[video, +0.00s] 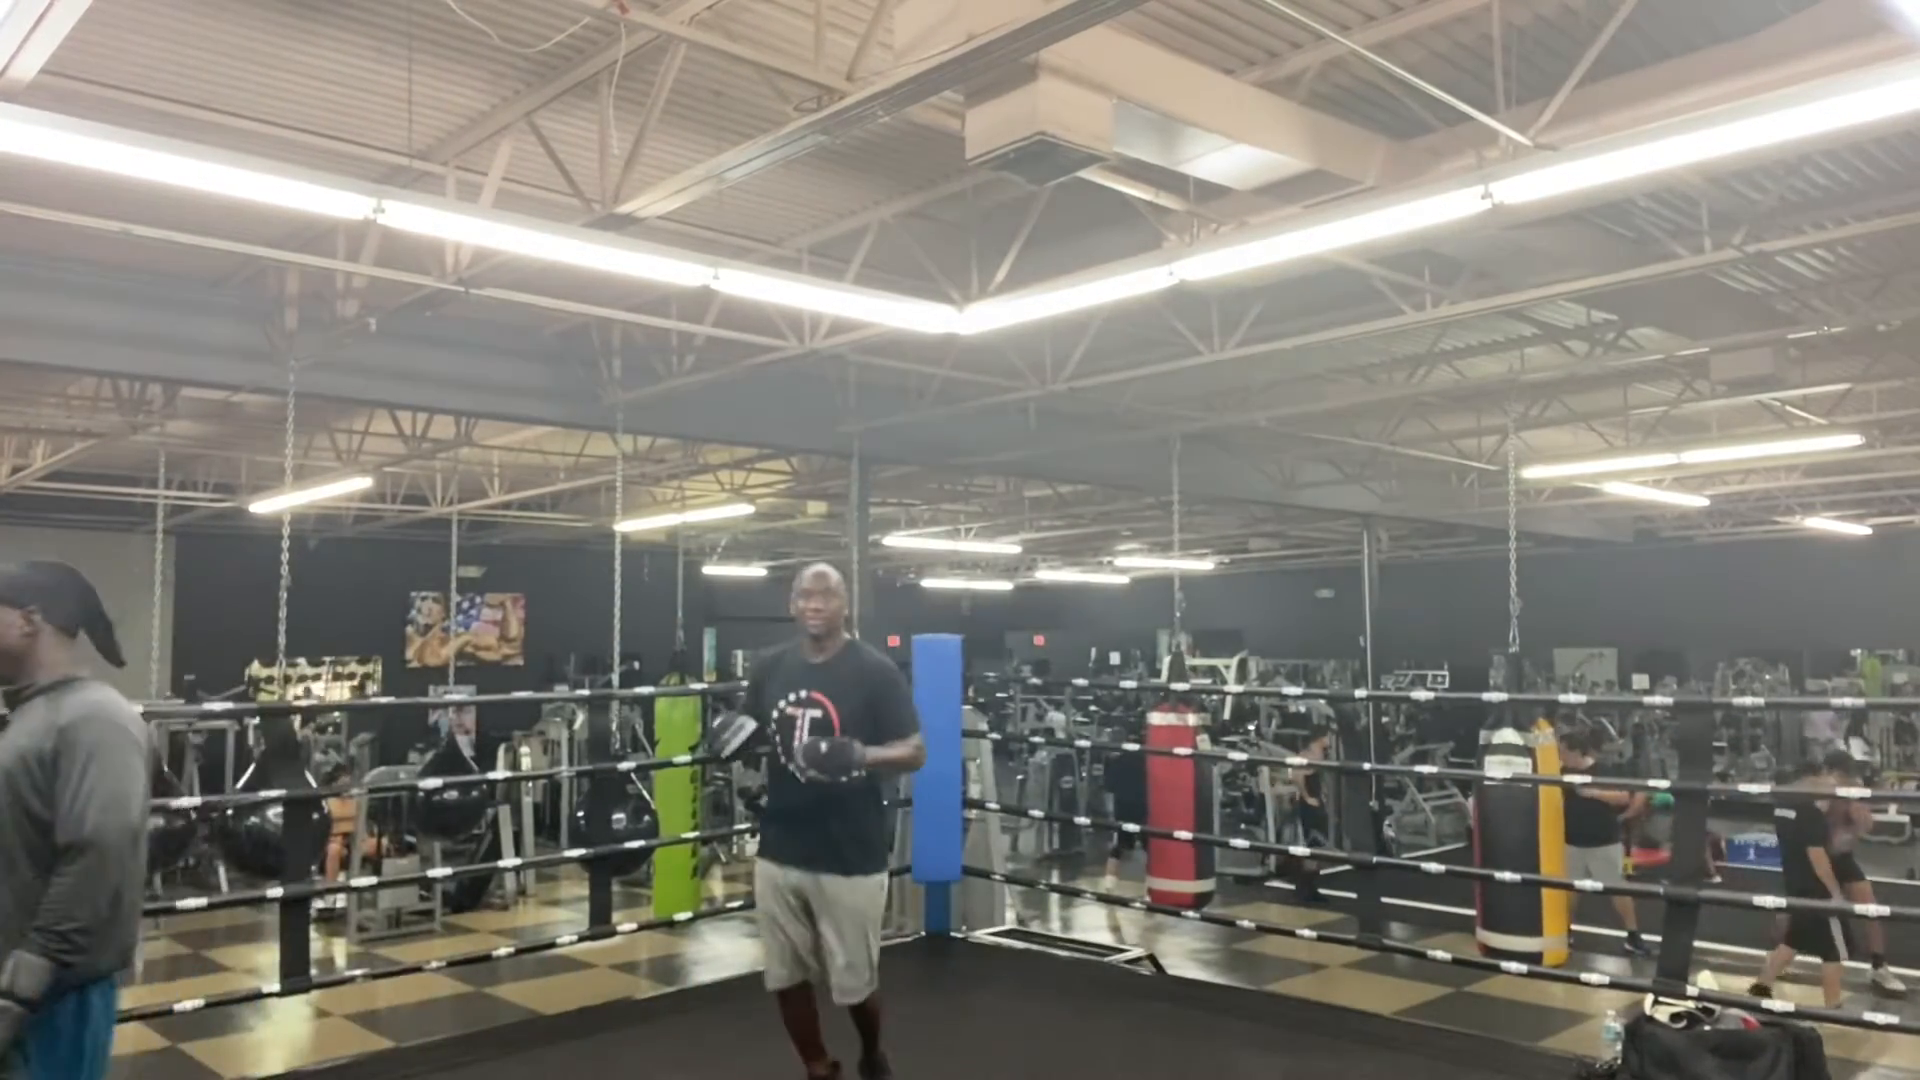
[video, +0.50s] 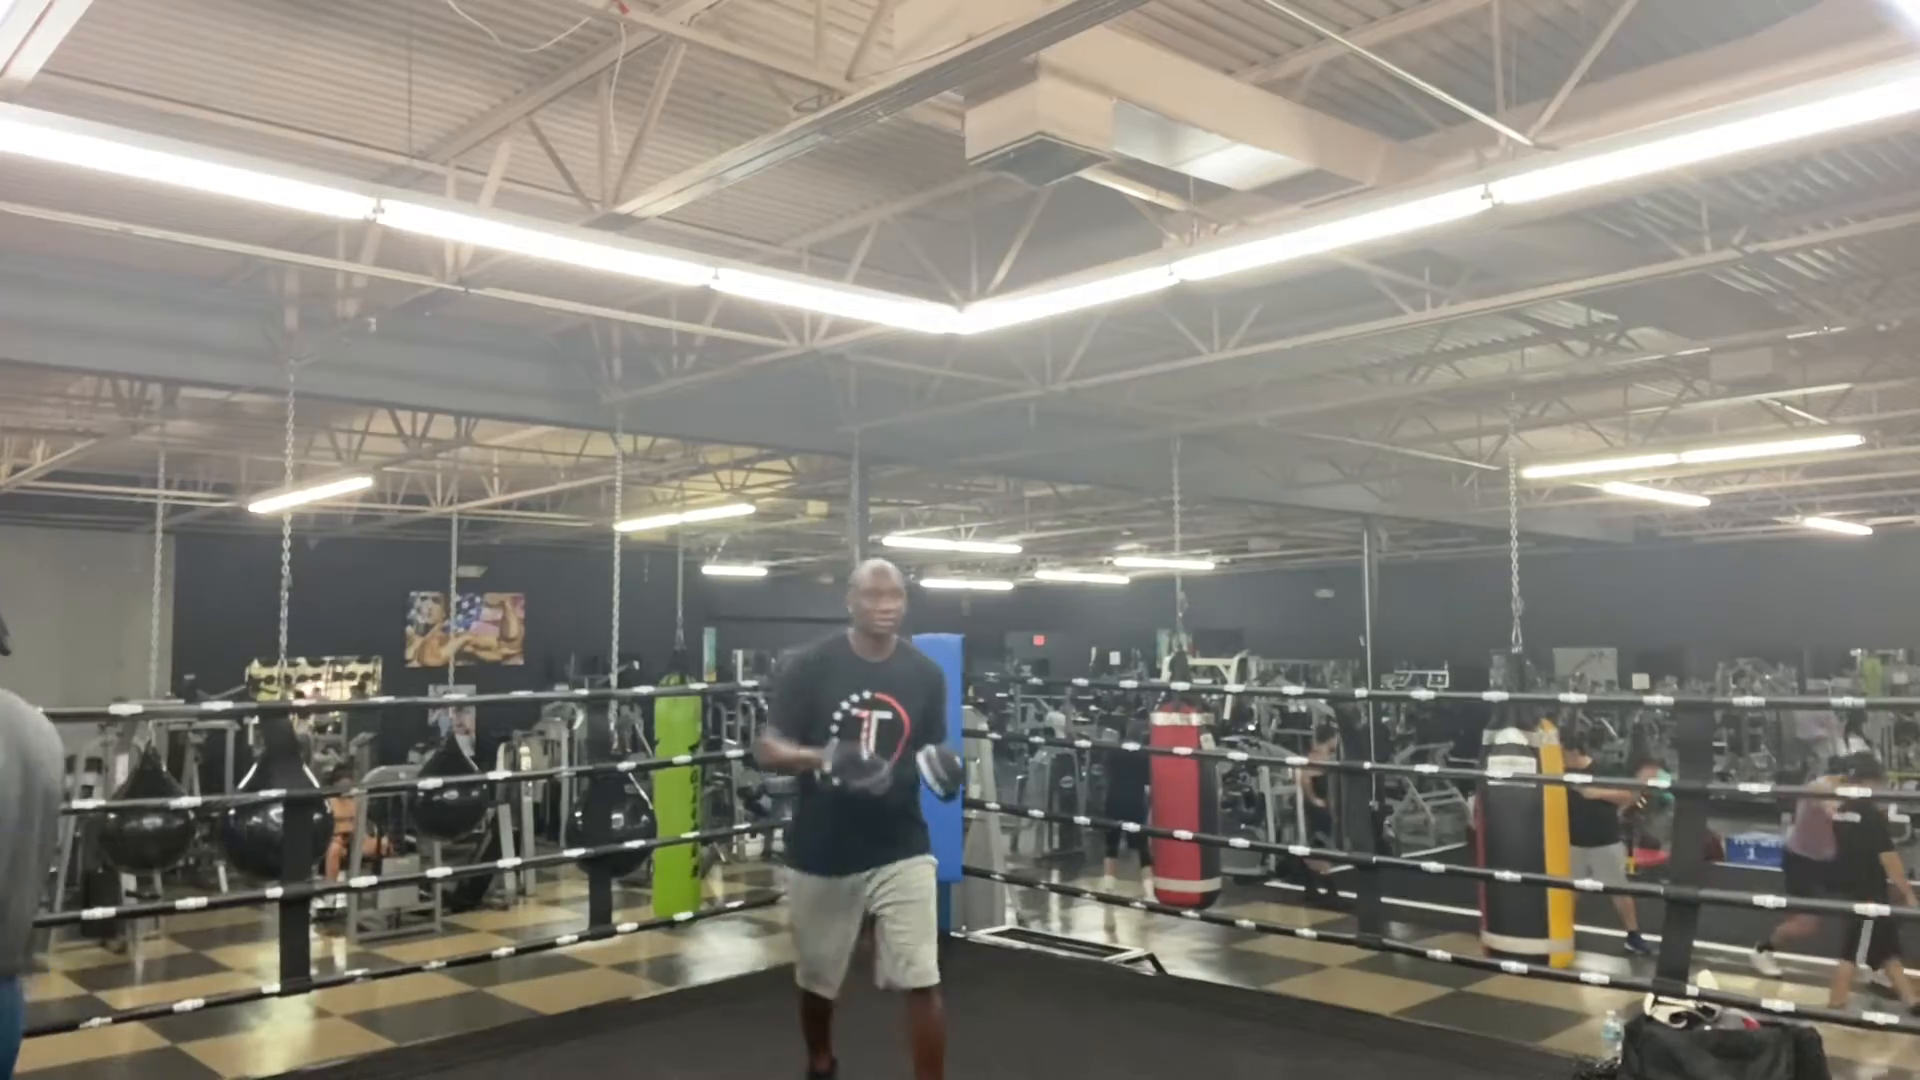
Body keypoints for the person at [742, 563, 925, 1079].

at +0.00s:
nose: (814, 605)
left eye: (825, 596)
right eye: (806, 597)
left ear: (845, 606)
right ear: (792, 606)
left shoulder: (876, 671)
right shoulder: (770, 669)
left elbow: (913, 750)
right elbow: (749, 736)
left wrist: (858, 754)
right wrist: (735, 737)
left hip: (851, 856)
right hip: (781, 849)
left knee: (854, 982)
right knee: (786, 978)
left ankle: (873, 1058)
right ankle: (818, 1068)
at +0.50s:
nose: (885, 607)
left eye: (894, 596)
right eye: (873, 595)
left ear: (905, 603)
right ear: (850, 601)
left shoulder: (924, 674)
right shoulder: (809, 667)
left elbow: (932, 752)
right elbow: (767, 747)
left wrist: (942, 770)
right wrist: (823, 756)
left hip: (901, 851)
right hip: (823, 857)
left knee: (923, 981)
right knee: (817, 982)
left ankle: (929, 1076)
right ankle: (820, 1064)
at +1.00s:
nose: (936, 586)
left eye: (941, 575)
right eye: (922, 575)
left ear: (950, 582)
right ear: (893, 582)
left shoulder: (979, 656)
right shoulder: (849, 652)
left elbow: (1011, 747)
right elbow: (809, 737)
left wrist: (986, 740)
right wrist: (851, 741)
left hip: (944, 864)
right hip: (859, 862)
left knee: (943, 1006)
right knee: (862, 1007)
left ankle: (939, 1079)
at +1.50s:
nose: (941, 590)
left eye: (946, 578)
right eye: (926, 580)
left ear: (955, 581)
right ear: (892, 585)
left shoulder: (986, 658)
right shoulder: (844, 660)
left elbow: (1009, 747)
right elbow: (808, 762)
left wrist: (1003, 760)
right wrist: (868, 736)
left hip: (962, 880)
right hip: (870, 882)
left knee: (970, 1044)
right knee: (874, 1040)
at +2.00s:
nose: (938, 586)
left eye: (954, 572)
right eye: (932, 573)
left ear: (993, 574)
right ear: (924, 577)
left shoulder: (1045, 660)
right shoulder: (897, 650)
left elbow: (1073, 773)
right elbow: (863, 746)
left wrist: (1012, 751)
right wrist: (879, 754)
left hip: (999, 912)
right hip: (898, 903)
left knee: (1007, 1070)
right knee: (879, 1067)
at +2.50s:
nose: (881, 586)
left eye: (896, 568)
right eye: (873, 572)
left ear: (938, 569)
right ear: (866, 579)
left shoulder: (1025, 648)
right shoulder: (859, 675)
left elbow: (1082, 752)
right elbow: (839, 790)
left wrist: (1046, 753)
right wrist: (854, 799)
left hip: (1018, 928)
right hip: (908, 935)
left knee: (1023, 1072)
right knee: (912, 1073)